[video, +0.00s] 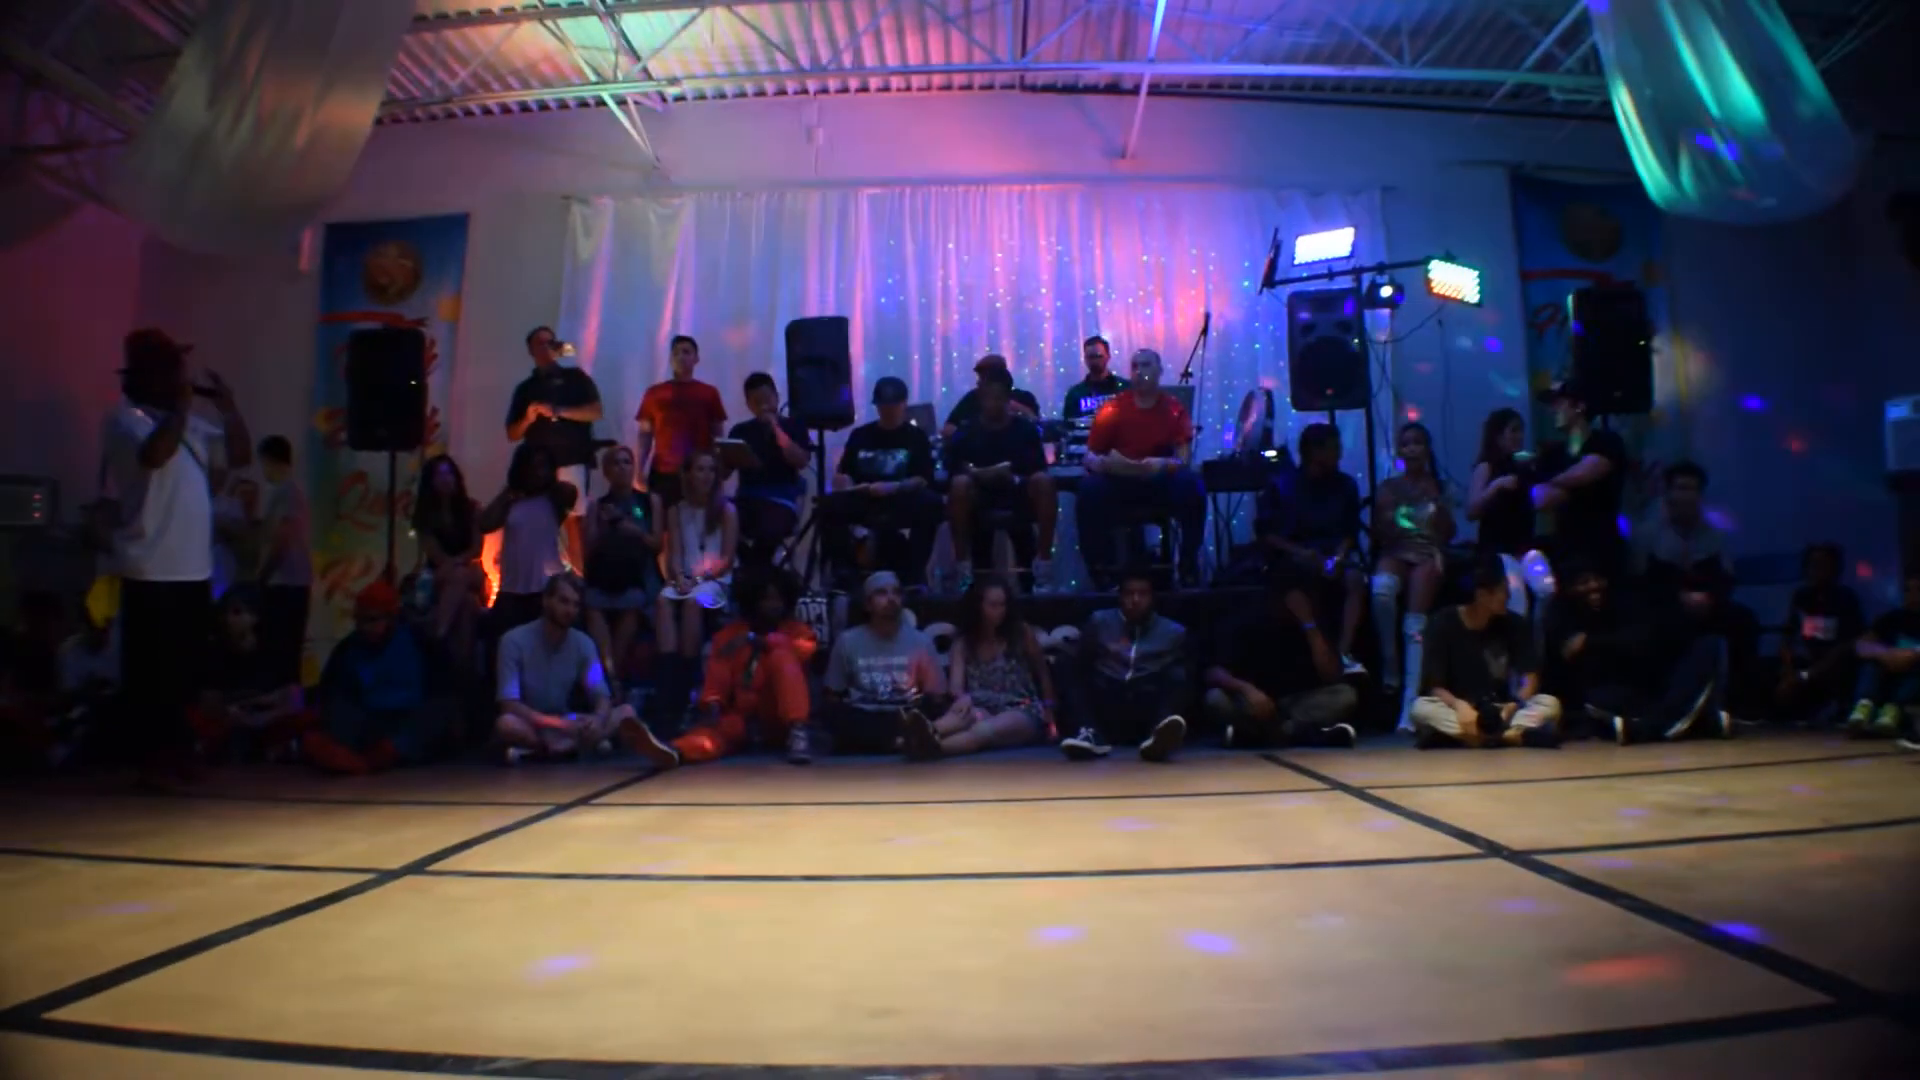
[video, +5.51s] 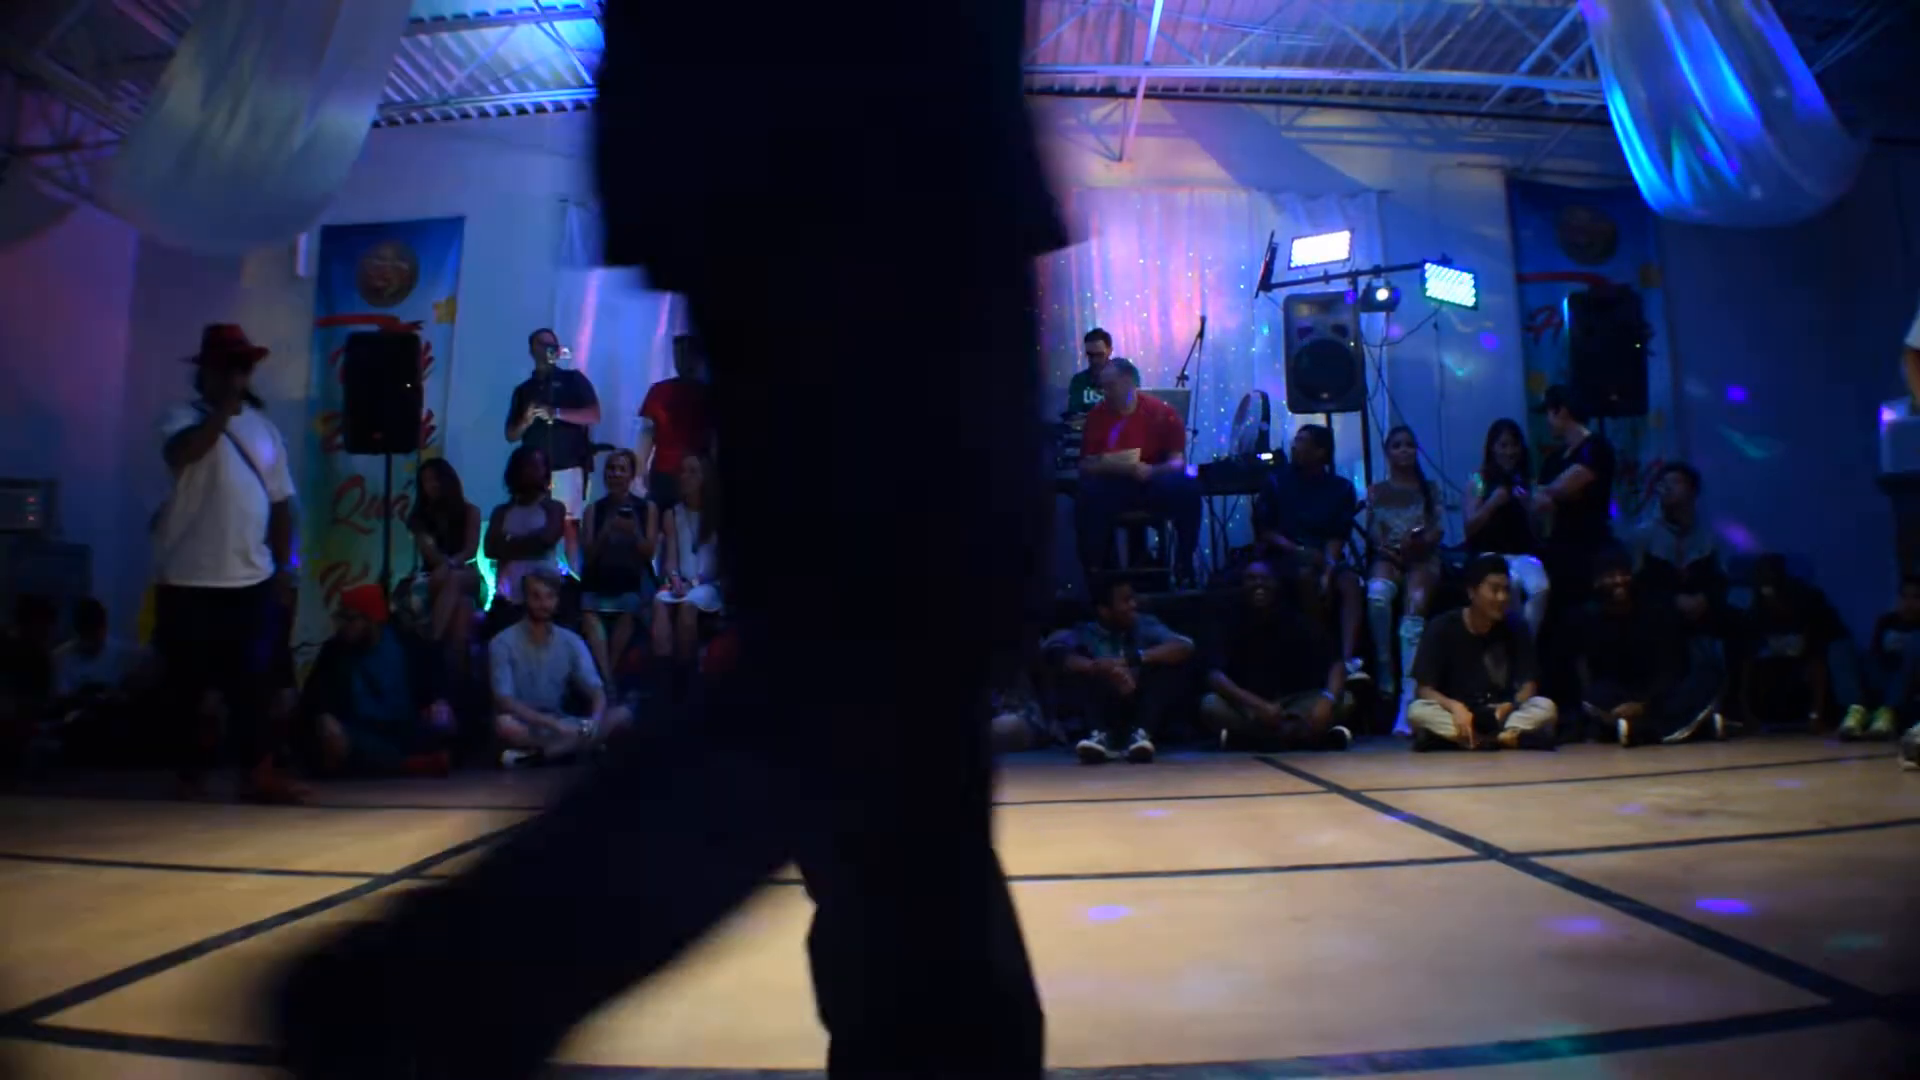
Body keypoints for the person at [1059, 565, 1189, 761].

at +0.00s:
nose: (1135, 600)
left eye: (1142, 594)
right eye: (1129, 594)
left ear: (1151, 598)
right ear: (1120, 598)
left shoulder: (1173, 633)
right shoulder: (1100, 623)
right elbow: (1083, 663)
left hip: (1148, 703)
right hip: (1104, 701)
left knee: (1177, 678)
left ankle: (1158, 736)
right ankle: (1089, 732)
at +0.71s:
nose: (1147, 596)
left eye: (1147, 590)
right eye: (1139, 591)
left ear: (1150, 593)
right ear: (1121, 598)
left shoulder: (1165, 624)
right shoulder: (1101, 627)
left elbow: (1192, 653)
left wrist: (1163, 636)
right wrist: (1076, 647)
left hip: (1150, 696)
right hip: (1111, 695)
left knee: (1174, 666)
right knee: (1090, 665)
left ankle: (1156, 738)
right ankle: (1096, 733)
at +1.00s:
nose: (1145, 604)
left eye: (1144, 598)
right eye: (1137, 599)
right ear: (1117, 608)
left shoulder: (1153, 622)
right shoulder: (1095, 628)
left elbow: (1188, 636)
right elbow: (1057, 645)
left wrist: (1147, 647)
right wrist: (1091, 667)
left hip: (1142, 698)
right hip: (1104, 698)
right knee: (1082, 672)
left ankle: (1145, 731)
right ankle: (1092, 735)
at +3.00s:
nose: (1134, 608)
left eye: (1136, 601)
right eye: (1126, 602)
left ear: (1141, 603)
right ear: (1108, 609)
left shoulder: (1150, 627)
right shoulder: (1094, 630)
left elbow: (1193, 648)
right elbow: (1064, 649)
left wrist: (1142, 665)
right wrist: (1115, 678)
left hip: (1146, 701)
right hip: (1107, 701)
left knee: (1171, 673)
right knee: (1086, 676)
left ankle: (1144, 735)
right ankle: (1101, 735)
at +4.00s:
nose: (1158, 609)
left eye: (1158, 603)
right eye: (1152, 604)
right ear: (1130, 607)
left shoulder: (1160, 629)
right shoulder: (1099, 630)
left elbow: (1194, 651)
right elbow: (1067, 650)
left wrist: (1147, 661)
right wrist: (1114, 667)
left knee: (1173, 670)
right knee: (1088, 671)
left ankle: (1145, 733)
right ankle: (1102, 735)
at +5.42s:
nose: (1134, 606)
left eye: (1134, 600)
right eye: (1126, 601)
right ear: (1107, 609)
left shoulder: (1145, 626)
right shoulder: (1088, 632)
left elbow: (1185, 647)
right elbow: (1059, 654)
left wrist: (1137, 659)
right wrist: (1107, 669)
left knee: (1163, 669)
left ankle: (1143, 733)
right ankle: (1099, 733)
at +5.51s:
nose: (1133, 606)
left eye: (1132, 600)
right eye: (1125, 601)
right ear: (1105, 610)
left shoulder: (1143, 627)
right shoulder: (1086, 633)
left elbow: (1185, 647)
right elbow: (1053, 652)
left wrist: (1136, 659)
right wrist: (1105, 668)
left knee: (1160, 668)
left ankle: (1142, 734)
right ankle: (1099, 734)